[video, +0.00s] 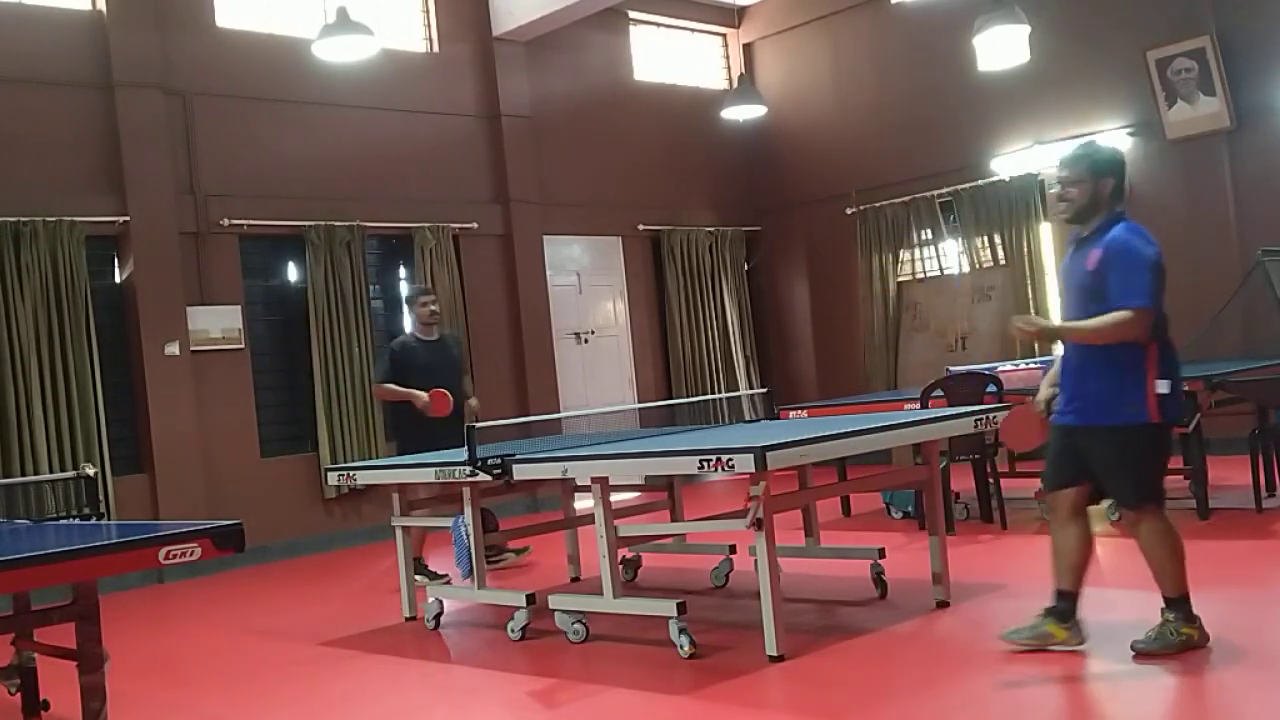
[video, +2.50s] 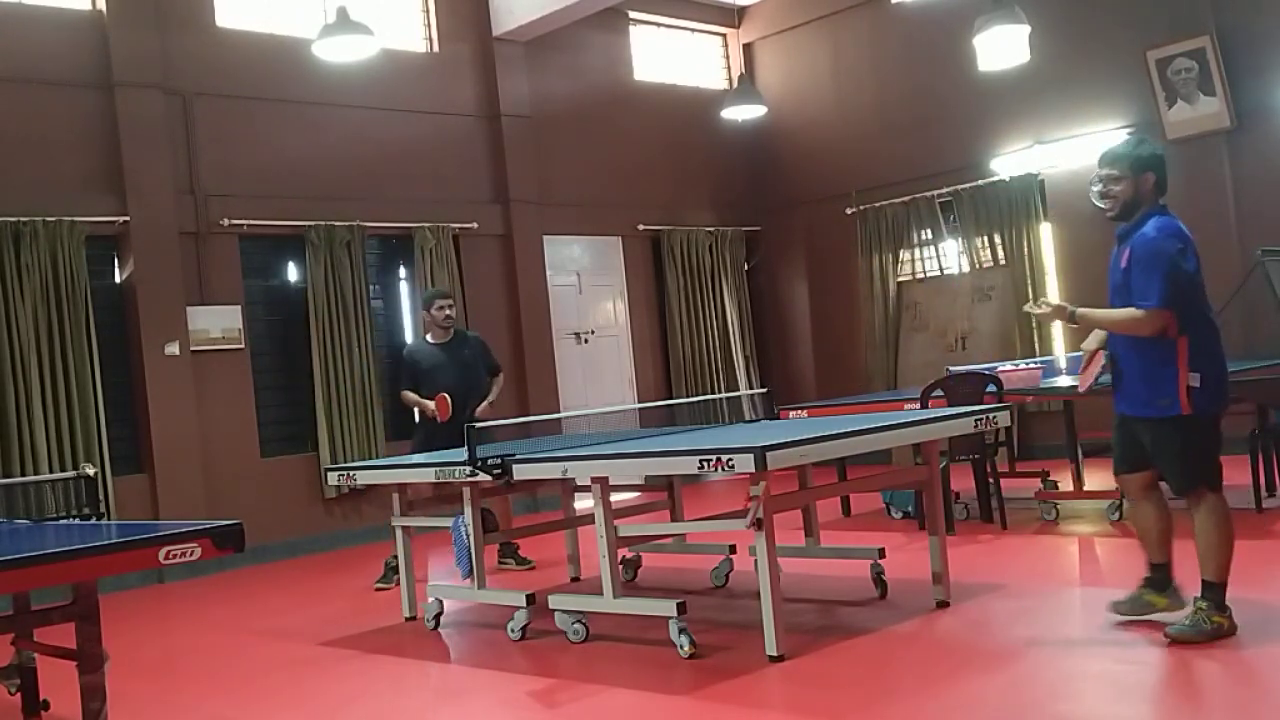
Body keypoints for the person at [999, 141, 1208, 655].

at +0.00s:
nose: (1061, 195)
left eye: (1072, 185)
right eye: (1059, 186)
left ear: (1108, 186)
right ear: (1064, 189)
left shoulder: (1128, 244)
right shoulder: (1080, 249)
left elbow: (1137, 323)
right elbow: (1086, 329)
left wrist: (1057, 331)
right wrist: (1055, 375)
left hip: (1129, 410)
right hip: (1080, 410)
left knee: (1143, 512)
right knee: (1062, 500)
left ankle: (1181, 619)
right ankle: (1062, 618)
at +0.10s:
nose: (1075, 188)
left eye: (1086, 179)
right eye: (1074, 180)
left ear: (1123, 180)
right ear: (1081, 183)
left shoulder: (1150, 236)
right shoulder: (1090, 246)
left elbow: (1170, 311)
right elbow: (1089, 323)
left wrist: (1095, 335)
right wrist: (1058, 367)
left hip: (1148, 401)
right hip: (1095, 401)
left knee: (1154, 502)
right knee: (1084, 491)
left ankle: (1183, 617)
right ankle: (1112, 607)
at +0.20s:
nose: (1092, 187)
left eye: (1103, 177)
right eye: (1090, 178)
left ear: (1139, 178)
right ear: (1094, 182)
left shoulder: (1167, 233)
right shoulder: (1104, 246)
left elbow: (1200, 304)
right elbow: (1107, 321)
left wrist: (1133, 335)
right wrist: (1067, 348)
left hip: (1160, 400)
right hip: (1111, 399)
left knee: (1164, 498)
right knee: (1110, 492)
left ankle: (1184, 617)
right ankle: (1171, 583)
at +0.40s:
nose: (1122, 192)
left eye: (1132, 181)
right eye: (1119, 184)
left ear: (1167, 182)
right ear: (1120, 189)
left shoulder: (1196, 236)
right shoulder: (1128, 249)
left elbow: (1231, 304)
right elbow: (1119, 317)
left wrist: (1171, 334)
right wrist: (1067, 338)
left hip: (1179, 398)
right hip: (1143, 399)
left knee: (1163, 499)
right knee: (1186, 493)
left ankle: (1183, 618)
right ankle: (1244, 579)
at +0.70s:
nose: (1141, 192)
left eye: (1150, 182)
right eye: (1139, 184)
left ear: (1183, 181)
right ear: (1167, 185)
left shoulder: (1210, 230)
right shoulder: (1167, 239)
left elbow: (1240, 304)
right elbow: (1167, 313)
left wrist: (1167, 337)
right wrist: (1115, 324)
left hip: (1206, 388)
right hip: (1197, 387)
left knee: (1194, 487)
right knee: (1233, 485)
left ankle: (1214, 604)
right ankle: (1259, 593)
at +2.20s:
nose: (1125, 188)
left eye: (1135, 177)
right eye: (1123, 178)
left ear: (1170, 178)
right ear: (1150, 182)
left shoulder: (1179, 235)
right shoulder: (1154, 232)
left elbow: (1177, 319)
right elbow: (1156, 307)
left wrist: (1097, 307)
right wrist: (1117, 343)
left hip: (1190, 394)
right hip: (1162, 393)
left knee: (1199, 492)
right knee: (1175, 484)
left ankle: (1213, 607)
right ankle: (1234, 572)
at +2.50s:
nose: (1102, 189)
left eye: (1114, 180)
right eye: (1100, 180)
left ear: (1149, 182)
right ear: (1103, 183)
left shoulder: (1158, 237)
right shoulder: (1130, 235)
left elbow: (1155, 321)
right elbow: (1137, 308)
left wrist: (1074, 314)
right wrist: (1103, 340)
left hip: (1181, 394)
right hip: (1138, 394)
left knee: (1201, 493)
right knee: (1135, 481)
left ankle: (1214, 606)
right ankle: (1160, 586)